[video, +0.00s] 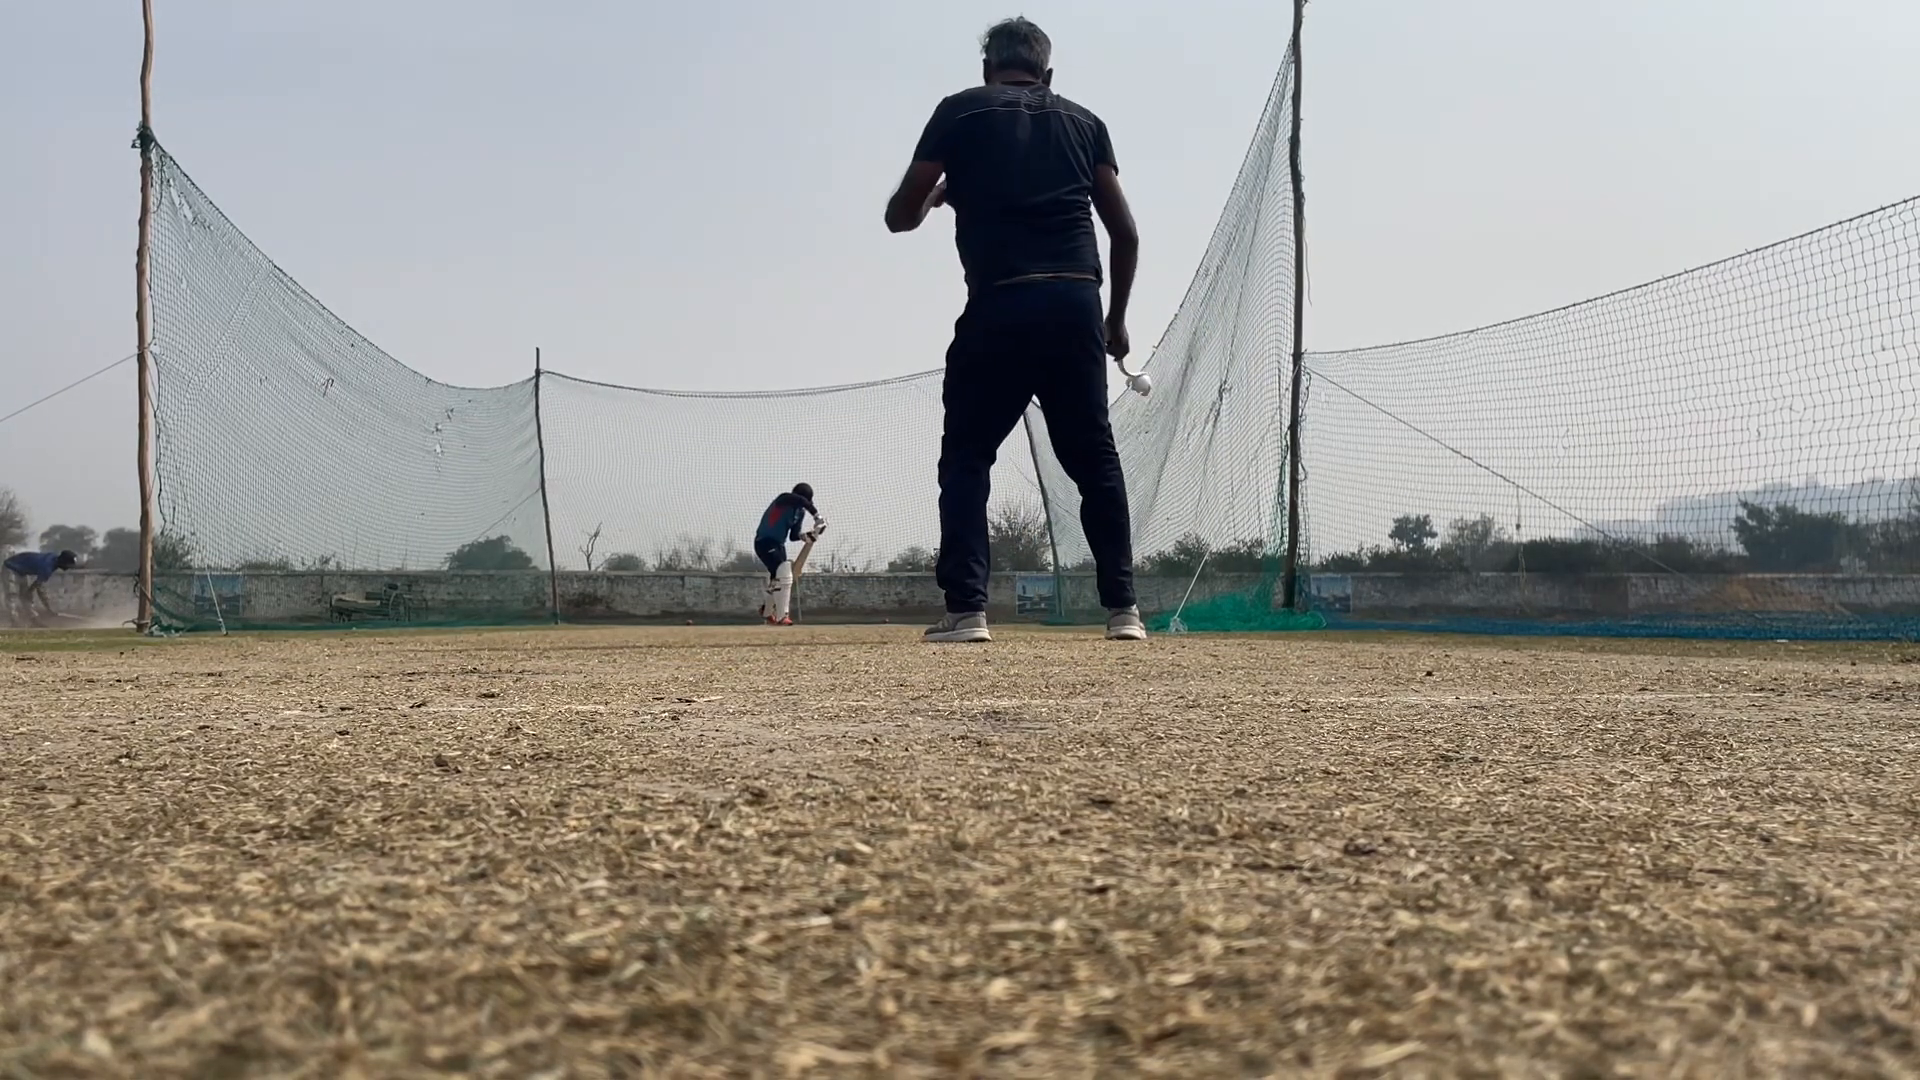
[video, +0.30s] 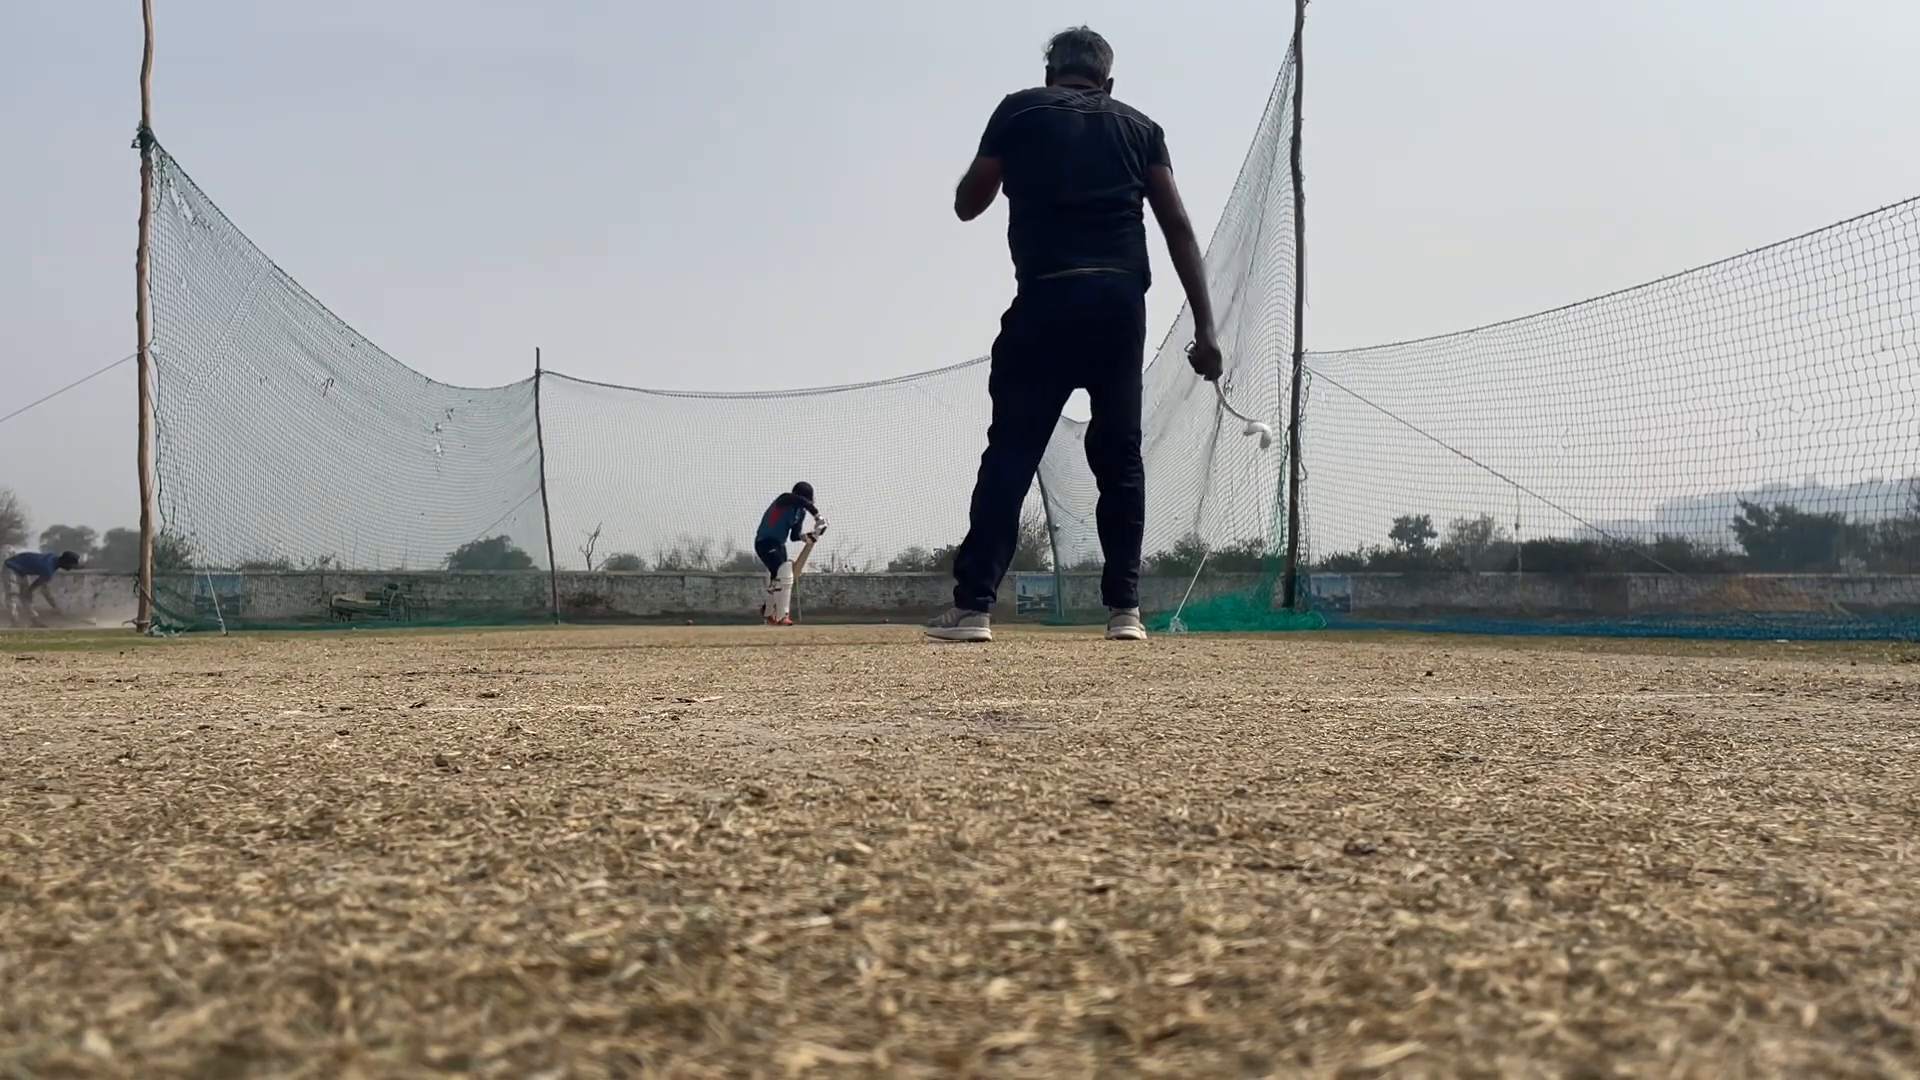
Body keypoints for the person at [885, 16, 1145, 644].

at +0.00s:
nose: (991, 78)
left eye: (989, 69)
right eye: (1038, 71)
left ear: (986, 66)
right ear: (1048, 71)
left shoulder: (959, 110)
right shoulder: (1083, 122)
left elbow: (900, 217)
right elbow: (1124, 234)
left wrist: (933, 194)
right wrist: (1116, 317)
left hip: (997, 312)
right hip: (1076, 311)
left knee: (965, 459)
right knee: (1095, 456)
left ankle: (966, 613)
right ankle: (1123, 611)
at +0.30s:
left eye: (1052, 73)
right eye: (1102, 76)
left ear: (1048, 71)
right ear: (1108, 78)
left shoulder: (1019, 109)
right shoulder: (1139, 127)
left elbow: (967, 205)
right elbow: (1179, 230)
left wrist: (1001, 151)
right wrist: (1205, 330)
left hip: (1044, 305)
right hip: (1121, 309)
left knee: (1009, 453)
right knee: (1120, 456)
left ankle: (971, 609)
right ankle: (1124, 611)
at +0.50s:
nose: (1133, 79)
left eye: (1088, 66)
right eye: (1137, 72)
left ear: (1076, 63)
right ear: (1136, 71)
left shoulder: (1042, 103)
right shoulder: (1162, 120)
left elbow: (998, 197)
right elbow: (1201, 226)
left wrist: (1044, 146)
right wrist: (1227, 328)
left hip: (1052, 304)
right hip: (1130, 310)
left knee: (1024, 445)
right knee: (1127, 453)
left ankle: (1037, 581)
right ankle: (1124, 610)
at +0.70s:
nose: (1148, 63)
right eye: (1149, 55)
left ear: (1084, 49)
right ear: (1145, 55)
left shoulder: (1044, 95)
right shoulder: (1167, 110)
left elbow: (1016, 189)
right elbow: (1199, 223)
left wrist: (1062, 144)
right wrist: (1223, 320)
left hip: (1056, 305)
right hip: (1133, 305)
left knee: (1063, 446)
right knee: (1133, 456)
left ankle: (1076, 577)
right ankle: (1124, 611)